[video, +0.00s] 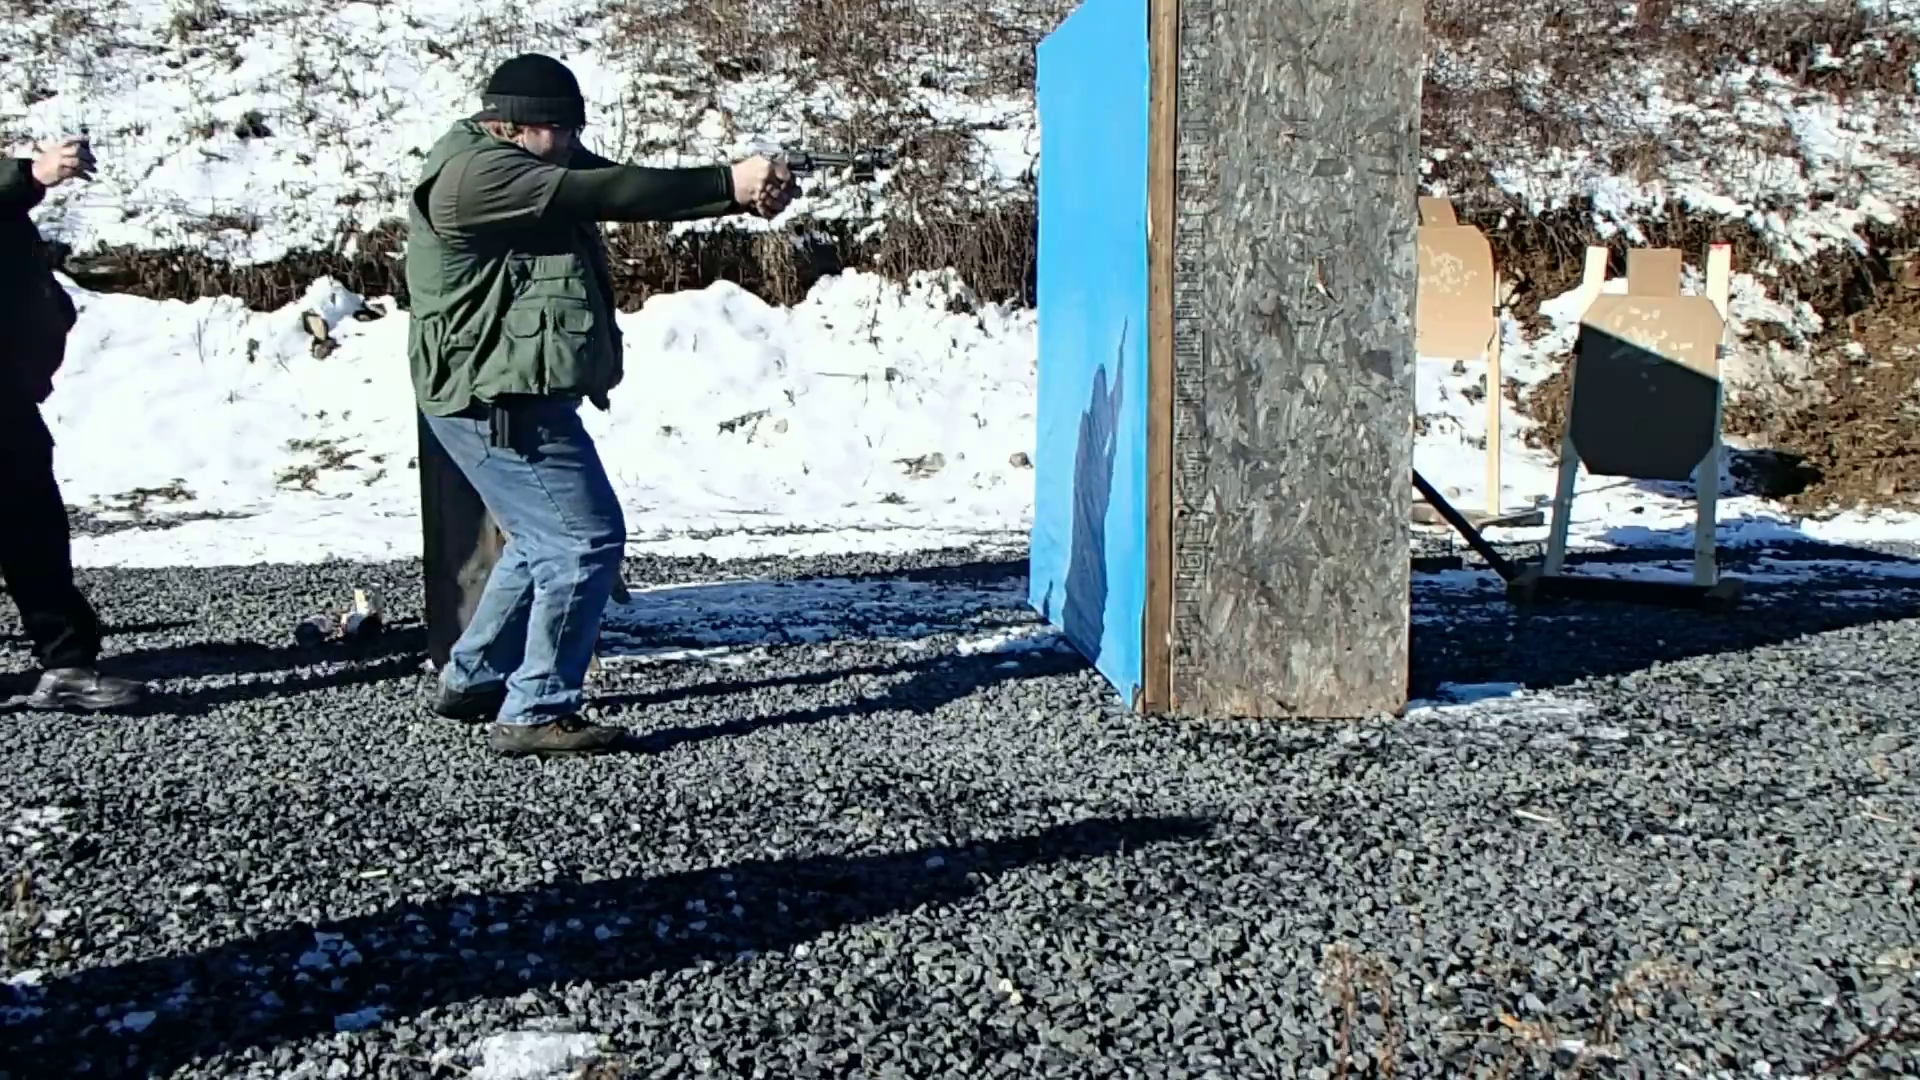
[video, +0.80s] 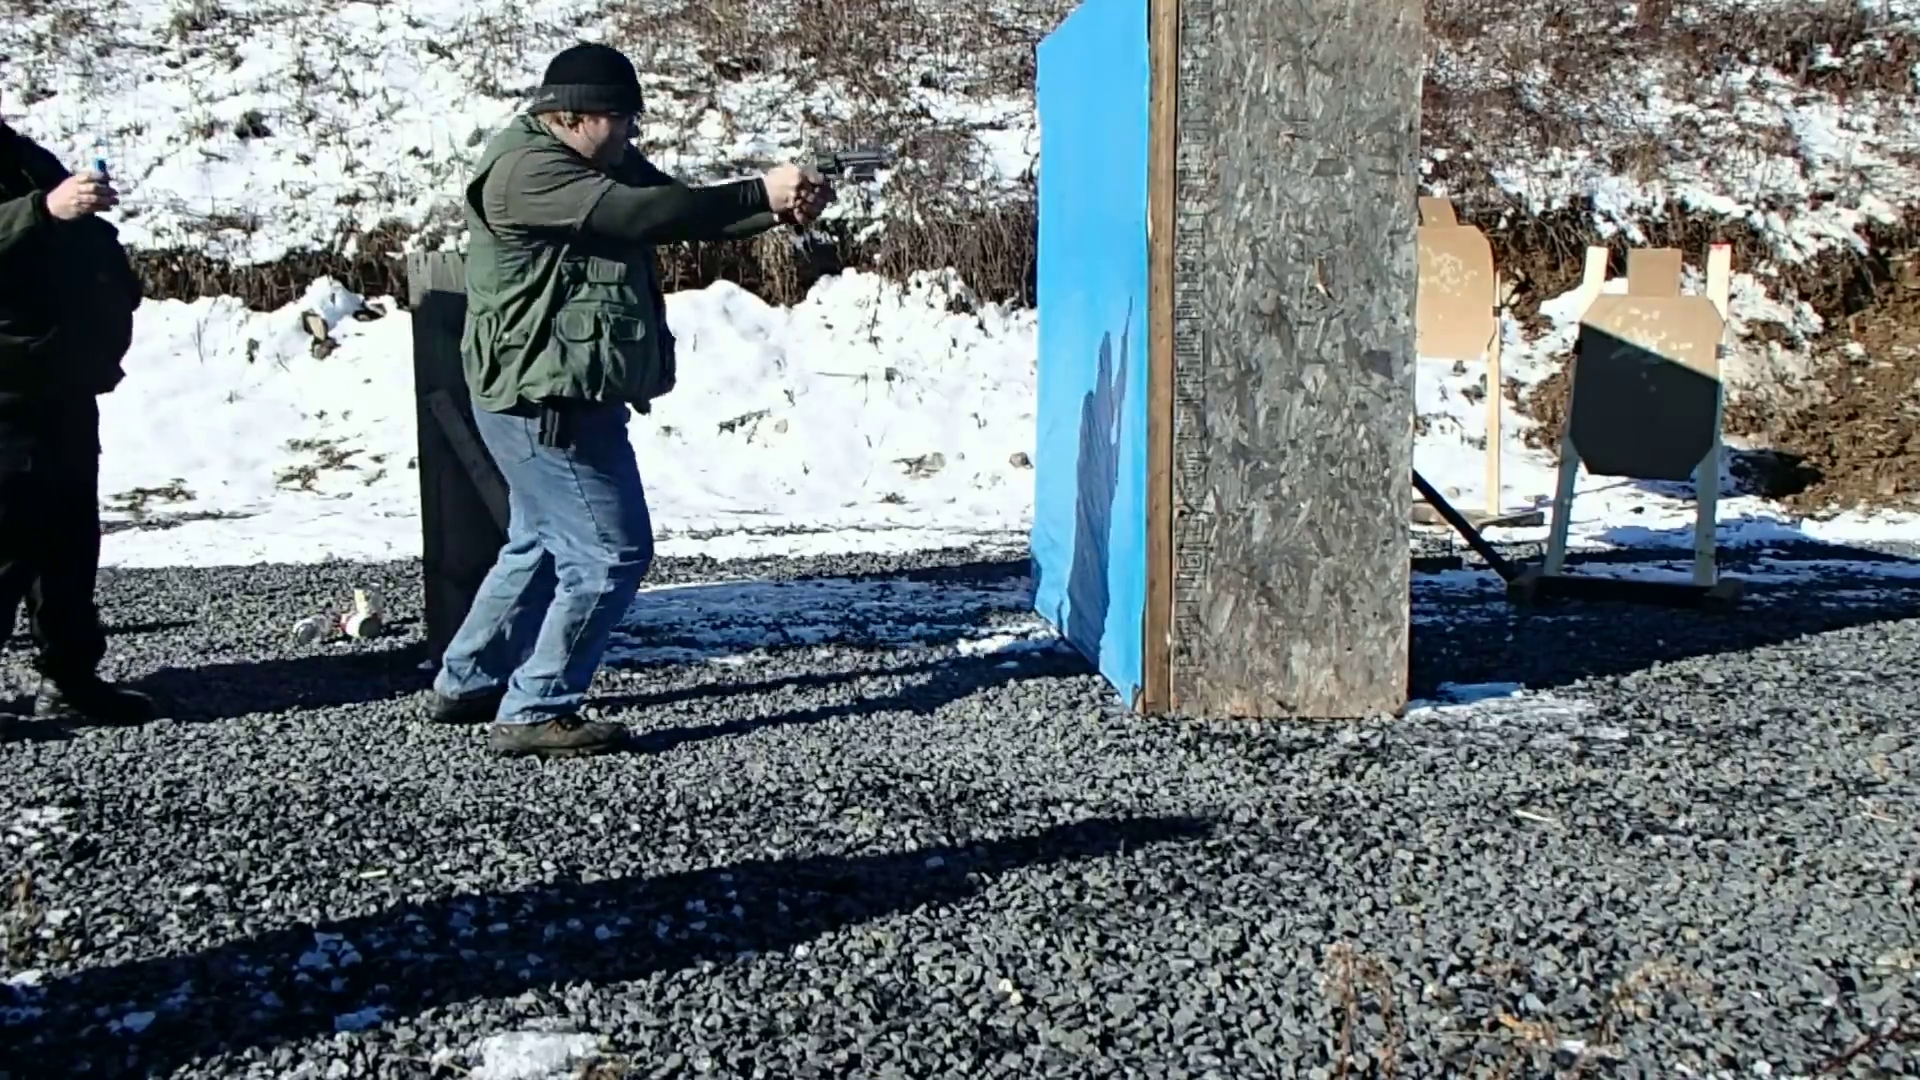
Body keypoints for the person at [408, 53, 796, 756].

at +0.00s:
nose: (576, 145)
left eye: (574, 131)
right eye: (567, 131)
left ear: (517, 122)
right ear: (525, 125)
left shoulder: (498, 165)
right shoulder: (482, 175)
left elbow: (617, 185)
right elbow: (604, 191)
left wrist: (730, 189)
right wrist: (728, 183)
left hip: (505, 392)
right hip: (494, 399)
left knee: (543, 537)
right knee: (587, 539)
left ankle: (472, 677)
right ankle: (538, 710)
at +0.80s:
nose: (629, 136)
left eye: (630, 124)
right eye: (623, 123)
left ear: (574, 115)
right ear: (582, 116)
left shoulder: (591, 162)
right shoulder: (528, 169)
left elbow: (682, 206)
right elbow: (641, 210)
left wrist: (775, 203)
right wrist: (762, 195)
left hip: (556, 394)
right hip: (546, 400)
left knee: (539, 542)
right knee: (613, 551)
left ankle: (466, 683)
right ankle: (538, 711)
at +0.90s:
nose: (660, 121)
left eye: (659, 109)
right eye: (652, 108)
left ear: (609, 111)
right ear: (608, 111)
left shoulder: (640, 169)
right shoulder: (544, 171)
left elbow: (687, 262)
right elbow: (622, 248)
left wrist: (747, 229)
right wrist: (734, 212)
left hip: (600, 402)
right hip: (563, 407)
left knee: (559, 544)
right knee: (622, 557)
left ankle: (470, 675)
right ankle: (538, 709)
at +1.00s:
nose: (697, 127)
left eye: (696, 113)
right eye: (689, 113)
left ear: (649, 111)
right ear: (648, 112)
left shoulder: (678, 177)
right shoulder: (580, 179)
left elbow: (699, 267)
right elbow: (615, 284)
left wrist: (766, 256)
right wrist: (720, 250)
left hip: (654, 402)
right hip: (584, 404)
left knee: (666, 550)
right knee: (628, 564)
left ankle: (517, 640)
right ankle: (539, 710)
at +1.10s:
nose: (740, 133)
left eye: (740, 119)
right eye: (731, 119)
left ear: (691, 117)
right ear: (690, 116)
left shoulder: (715, 189)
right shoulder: (633, 188)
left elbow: (710, 286)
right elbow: (641, 299)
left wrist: (772, 275)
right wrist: (745, 273)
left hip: (682, 407)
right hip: (618, 408)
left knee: (753, 520)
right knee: (647, 575)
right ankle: (534, 712)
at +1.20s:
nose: (795, 133)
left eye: (797, 119)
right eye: (789, 117)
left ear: (748, 115)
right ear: (749, 112)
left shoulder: (765, 181)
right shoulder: (699, 170)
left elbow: (763, 277)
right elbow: (684, 285)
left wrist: (818, 265)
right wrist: (794, 278)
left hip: (746, 410)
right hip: (688, 411)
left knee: (821, 507)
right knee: (671, 572)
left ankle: (843, 682)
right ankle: (536, 702)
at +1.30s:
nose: (854, 142)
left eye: (857, 128)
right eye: (847, 126)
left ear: (815, 119)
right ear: (807, 115)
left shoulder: (830, 185)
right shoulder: (754, 170)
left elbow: (832, 279)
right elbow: (741, 282)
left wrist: (895, 271)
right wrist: (850, 292)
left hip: (808, 407)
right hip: (740, 407)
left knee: (875, 522)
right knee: (760, 569)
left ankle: (894, 691)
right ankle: (596, 652)